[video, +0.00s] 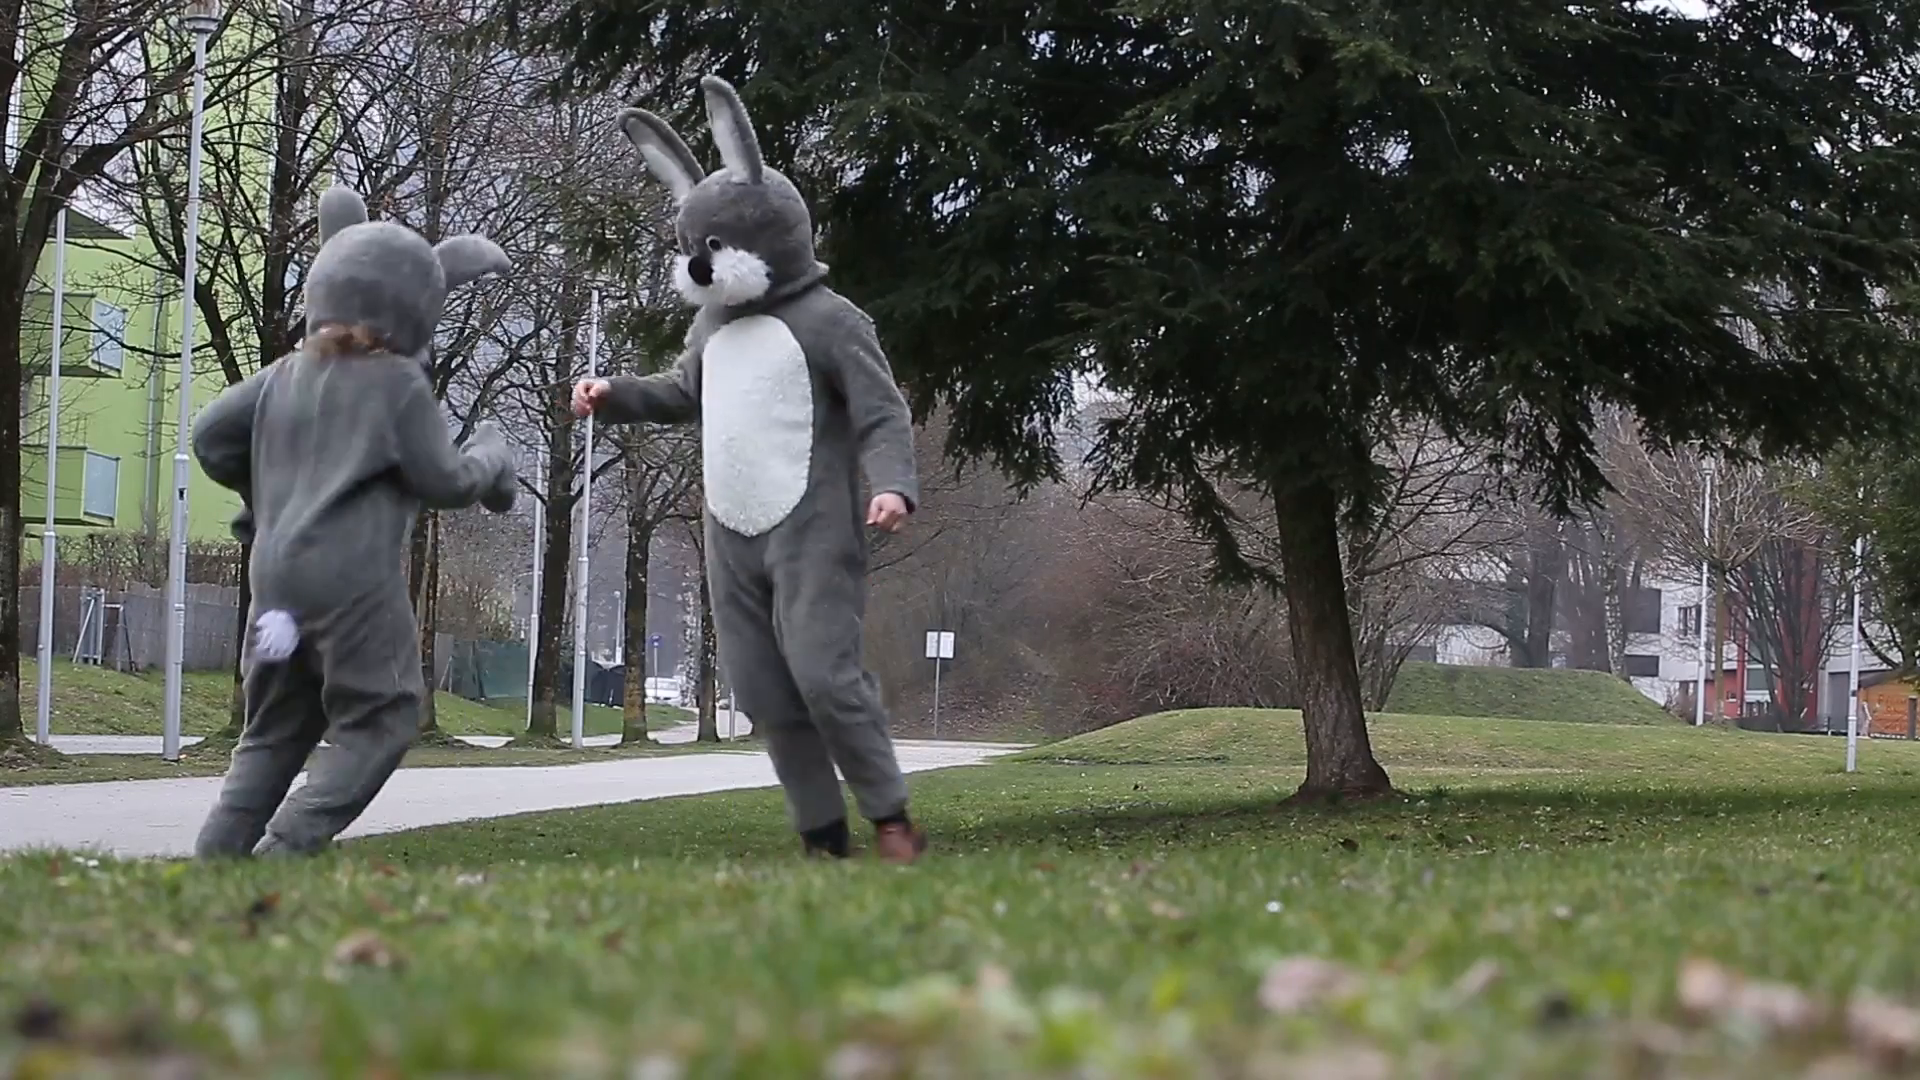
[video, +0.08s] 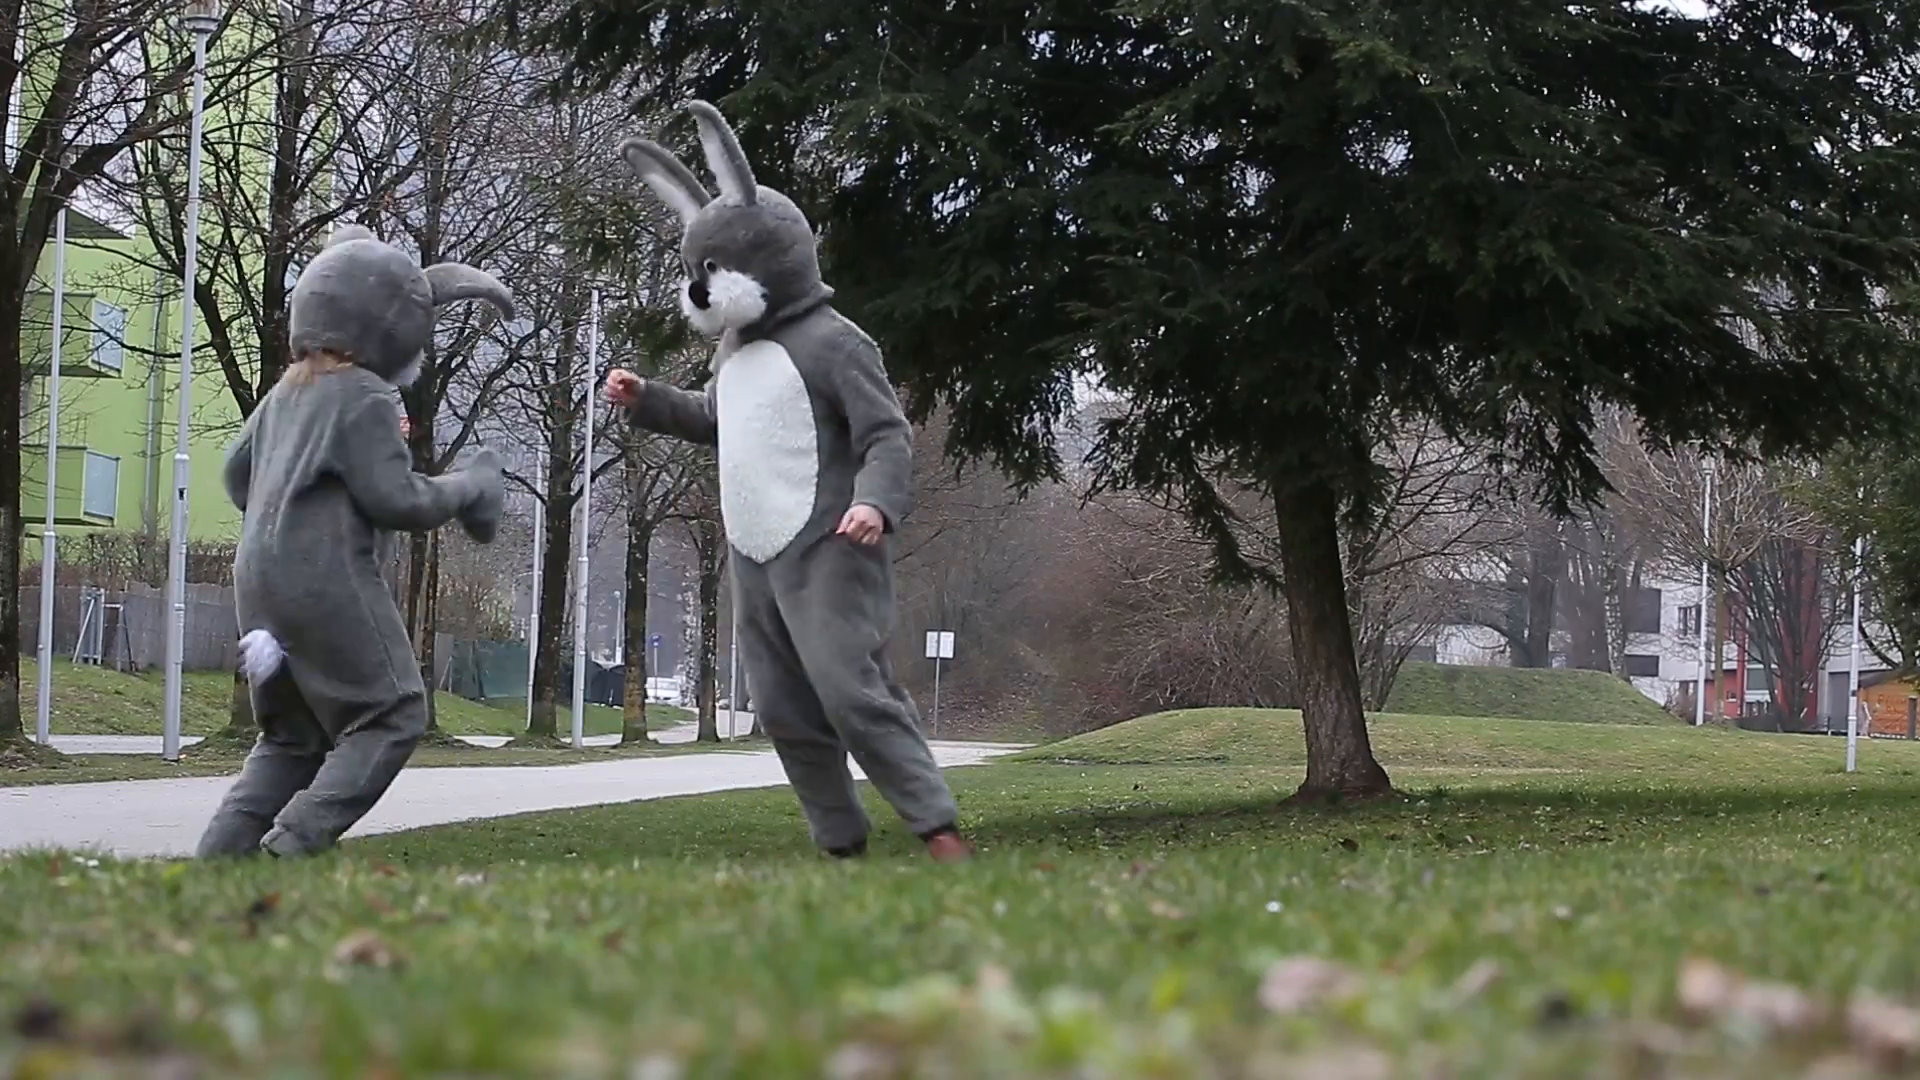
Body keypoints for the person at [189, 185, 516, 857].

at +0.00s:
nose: (429, 321)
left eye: (429, 307)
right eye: (425, 308)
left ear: (322, 298)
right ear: (403, 309)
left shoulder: (280, 376)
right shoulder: (397, 381)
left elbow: (211, 435)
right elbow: (441, 480)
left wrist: (268, 484)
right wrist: (490, 459)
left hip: (272, 573)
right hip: (353, 579)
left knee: (278, 724)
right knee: (384, 713)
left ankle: (214, 858)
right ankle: (287, 848)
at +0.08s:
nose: (415, 347)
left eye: (417, 332)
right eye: (411, 330)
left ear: (314, 319)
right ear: (383, 325)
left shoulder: (281, 395)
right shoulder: (364, 396)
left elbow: (238, 478)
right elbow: (393, 500)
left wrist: (305, 513)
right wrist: (470, 483)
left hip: (257, 580)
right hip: (325, 583)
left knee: (294, 737)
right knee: (394, 713)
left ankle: (219, 856)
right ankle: (296, 843)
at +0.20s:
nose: (397, 333)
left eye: (401, 316)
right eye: (394, 314)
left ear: (316, 302)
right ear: (361, 307)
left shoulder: (298, 371)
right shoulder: (325, 376)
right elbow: (332, 470)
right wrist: (425, 488)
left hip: (272, 566)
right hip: (312, 566)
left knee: (298, 711)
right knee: (408, 676)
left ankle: (221, 852)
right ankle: (314, 829)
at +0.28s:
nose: (401, 296)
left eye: (403, 281)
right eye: (393, 279)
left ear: (328, 281)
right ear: (350, 278)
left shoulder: (339, 355)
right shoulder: (315, 348)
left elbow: (374, 426)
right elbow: (307, 435)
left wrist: (426, 445)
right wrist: (397, 472)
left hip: (301, 532)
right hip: (312, 530)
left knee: (286, 693)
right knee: (416, 642)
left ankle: (228, 848)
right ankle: (326, 783)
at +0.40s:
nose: (402, 272)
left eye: (401, 259)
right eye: (389, 257)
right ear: (346, 258)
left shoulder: (368, 348)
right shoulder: (313, 335)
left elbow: (382, 421)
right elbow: (286, 419)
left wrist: (434, 440)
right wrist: (364, 482)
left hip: (338, 523)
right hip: (312, 519)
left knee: (299, 690)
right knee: (412, 634)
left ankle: (241, 845)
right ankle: (332, 775)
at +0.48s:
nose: (400, 275)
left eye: (398, 262)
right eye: (383, 262)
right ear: (342, 271)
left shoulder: (379, 363)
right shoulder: (313, 354)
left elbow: (376, 463)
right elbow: (275, 448)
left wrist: (431, 463)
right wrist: (331, 513)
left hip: (354, 545)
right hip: (317, 544)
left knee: (306, 704)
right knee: (403, 653)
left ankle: (232, 846)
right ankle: (342, 807)